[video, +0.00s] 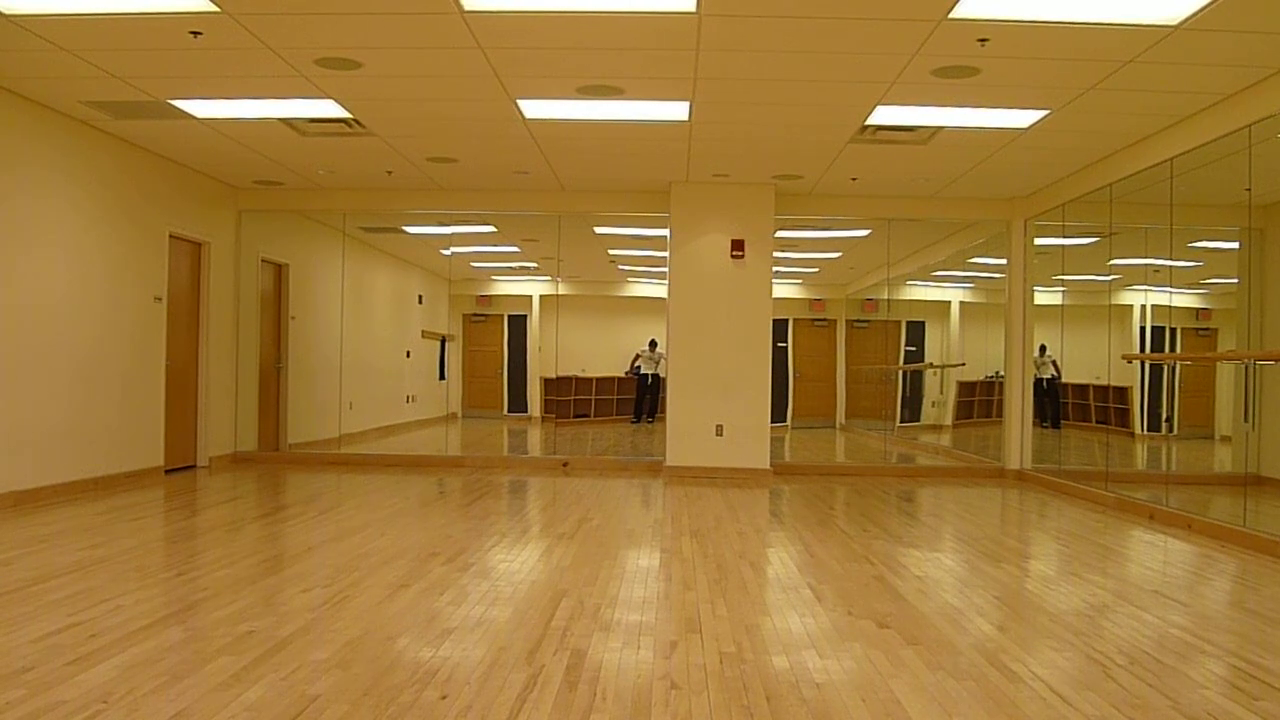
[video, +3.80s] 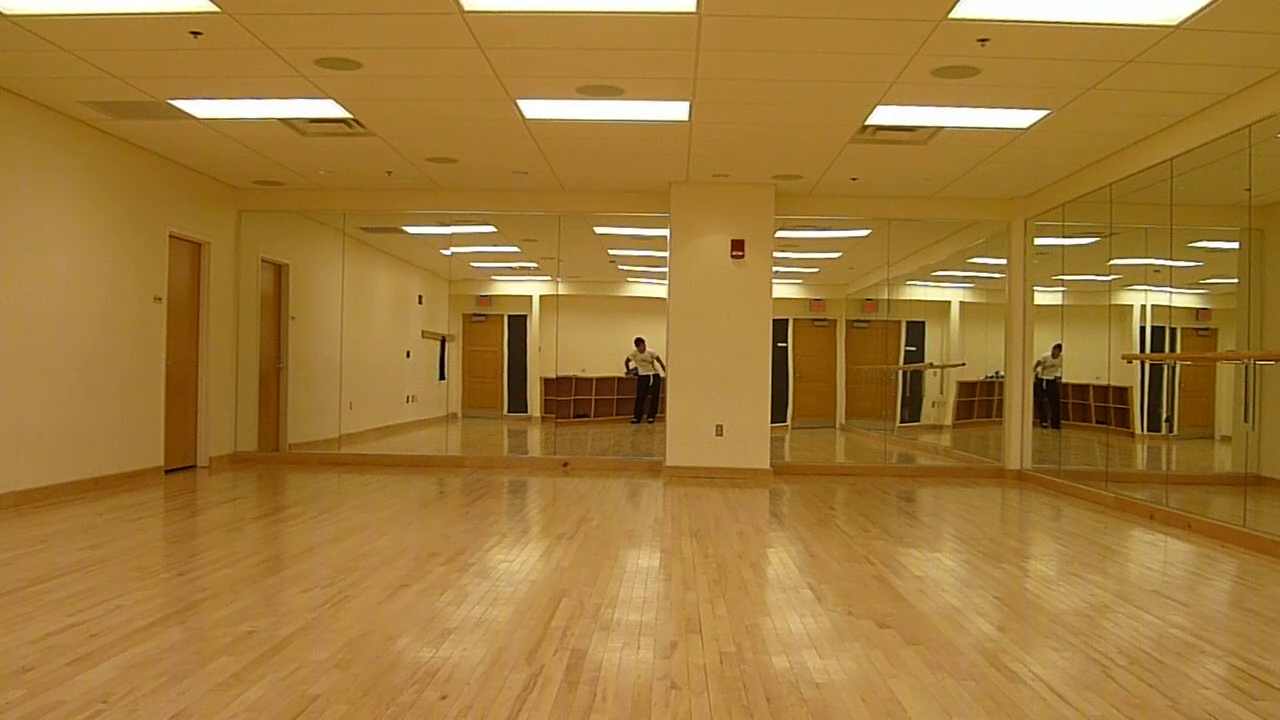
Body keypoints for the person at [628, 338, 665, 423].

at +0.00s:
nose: (652, 350)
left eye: (653, 348)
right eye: (650, 348)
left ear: (656, 348)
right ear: (648, 346)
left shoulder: (660, 354)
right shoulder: (642, 352)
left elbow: (668, 361)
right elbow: (634, 360)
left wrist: (667, 373)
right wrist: (631, 370)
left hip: (654, 374)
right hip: (643, 373)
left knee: (654, 396)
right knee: (640, 395)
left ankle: (651, 416)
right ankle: (637, 416)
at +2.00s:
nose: (652, 349)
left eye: (653, 347)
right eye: (650, 347)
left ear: (656, 347)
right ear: (648, 346)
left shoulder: (660, 354)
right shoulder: (642, 352)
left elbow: (668, 362)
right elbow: (634, 360)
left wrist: (668, 373)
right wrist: (631, 370)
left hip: (654, 373)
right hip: (643, 373)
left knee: (654, 396)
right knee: (640, 395)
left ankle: (651, 416)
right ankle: (637, 416)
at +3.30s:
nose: (651, 348)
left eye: (652, 346)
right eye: (649, 346)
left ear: (655, 346)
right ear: (646, 346)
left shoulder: (658, 354)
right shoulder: (641, 352)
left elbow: (666, 360)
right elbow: (632, 360)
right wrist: (630, 370)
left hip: (654, 374)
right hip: (643, 374)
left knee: (654, 396)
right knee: (640, 395)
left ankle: (651, 416)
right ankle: (637, 416)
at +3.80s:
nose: (641, 348)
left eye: (642, 345)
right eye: (639, 346)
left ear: (644, 345)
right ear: (636, 347)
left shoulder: (650, 353)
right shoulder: (634, 354)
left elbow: (659, 361)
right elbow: (627, 361)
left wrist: (665, 371)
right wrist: (628, 370)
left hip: (654, 374)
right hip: (642, 374)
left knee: (654, 396)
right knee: (640, 396)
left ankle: (651, 416)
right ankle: (637, 416)